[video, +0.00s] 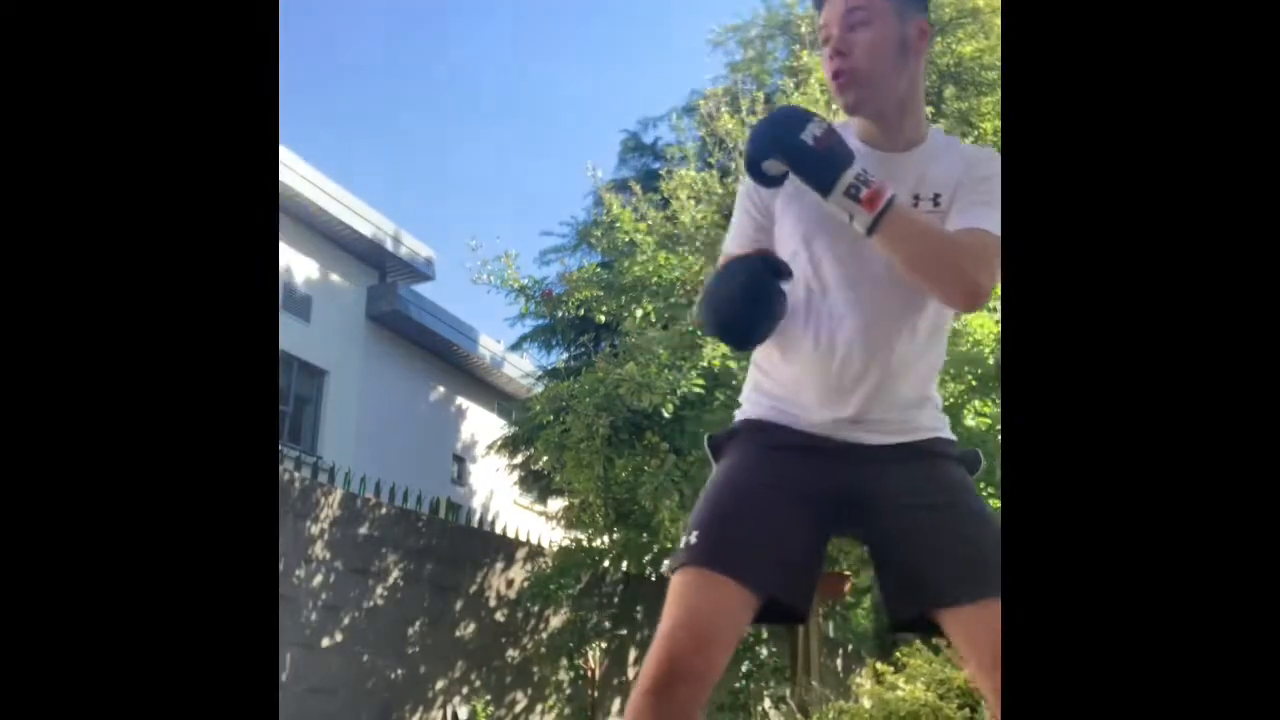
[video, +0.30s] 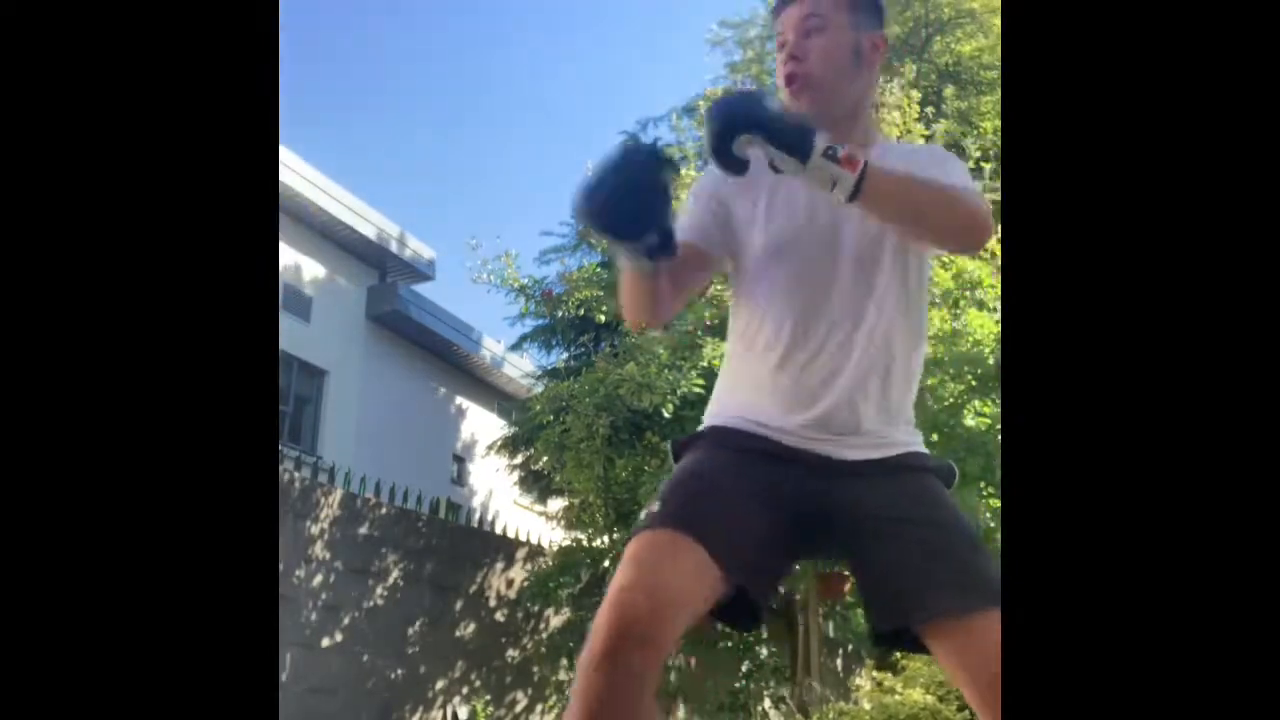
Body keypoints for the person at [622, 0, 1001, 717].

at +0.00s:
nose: (833, 50)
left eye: (856, 26)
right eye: (826, 38)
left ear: (919, 36)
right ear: (819, 58)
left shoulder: (976, 170)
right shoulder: (783, 158)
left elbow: (969, 283)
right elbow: (735, 284)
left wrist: (850, 189)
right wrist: (736, 303)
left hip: (910, 441)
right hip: (777, 433)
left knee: (1003, 669)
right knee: (672, 672)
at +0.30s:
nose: (787, 54)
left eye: (813, 32)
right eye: (780, 41)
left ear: (874, 51)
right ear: (771, 63)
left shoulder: (922, 165)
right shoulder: (737, 176)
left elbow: (972, 230)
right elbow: (646, 312)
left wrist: (814, 155)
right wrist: (639, 239)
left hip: (884, 455)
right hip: (747, 442)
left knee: (995, 677)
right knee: (624, 632)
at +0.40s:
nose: (698, 25)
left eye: (722, 6)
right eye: (692, 13)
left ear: (784, 21)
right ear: (689, 37)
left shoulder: (845, 142)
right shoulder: (664, 134)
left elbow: (964, 162)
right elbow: (500, 177)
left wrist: (868, 73)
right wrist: (470, 59)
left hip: (828, 451)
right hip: (692, 440)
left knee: (937, 685)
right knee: (591, 653)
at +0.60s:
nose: (644, 20)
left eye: (667, 7)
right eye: (624, 9)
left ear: (705, 19)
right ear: (605, 24)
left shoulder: (737, 142)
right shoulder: (576, 117)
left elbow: (825, 206)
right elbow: (439, 228)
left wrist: (721, 103)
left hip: (695, 431)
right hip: (577, 408)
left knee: (794, 679)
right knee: (510, 636)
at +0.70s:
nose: (618, 38)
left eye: (639, 19)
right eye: (609, 28)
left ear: (696, 34)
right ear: (600, 48)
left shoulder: (731, 167)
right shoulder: (565, 138)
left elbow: (761, 264)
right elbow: (463, 273)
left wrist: (644, 165)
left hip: (659, 434)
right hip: (551, 401)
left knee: (709, 690)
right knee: (508, 637)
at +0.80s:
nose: (634, 82)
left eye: (654, 63)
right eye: (623, 75)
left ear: (703, 83)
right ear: (615, 97)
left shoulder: (729, 211)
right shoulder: (567, 172)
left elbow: (729, 302)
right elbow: (469, 283)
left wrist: (624, 208)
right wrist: (505, 307)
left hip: (635, 455)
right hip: (536, 411)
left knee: (646, 697)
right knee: (503, 637)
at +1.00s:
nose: (627, 108)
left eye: (649, 92)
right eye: (617, 99)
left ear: (693, 114)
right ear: (607, 118)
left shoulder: (702, 233)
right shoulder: (549, 182)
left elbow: (697, 307)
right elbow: (435, 288)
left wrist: (599, 199)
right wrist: (464, 278)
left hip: (600, 453)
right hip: (500, 404)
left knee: (628, 695)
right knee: (441, 616)